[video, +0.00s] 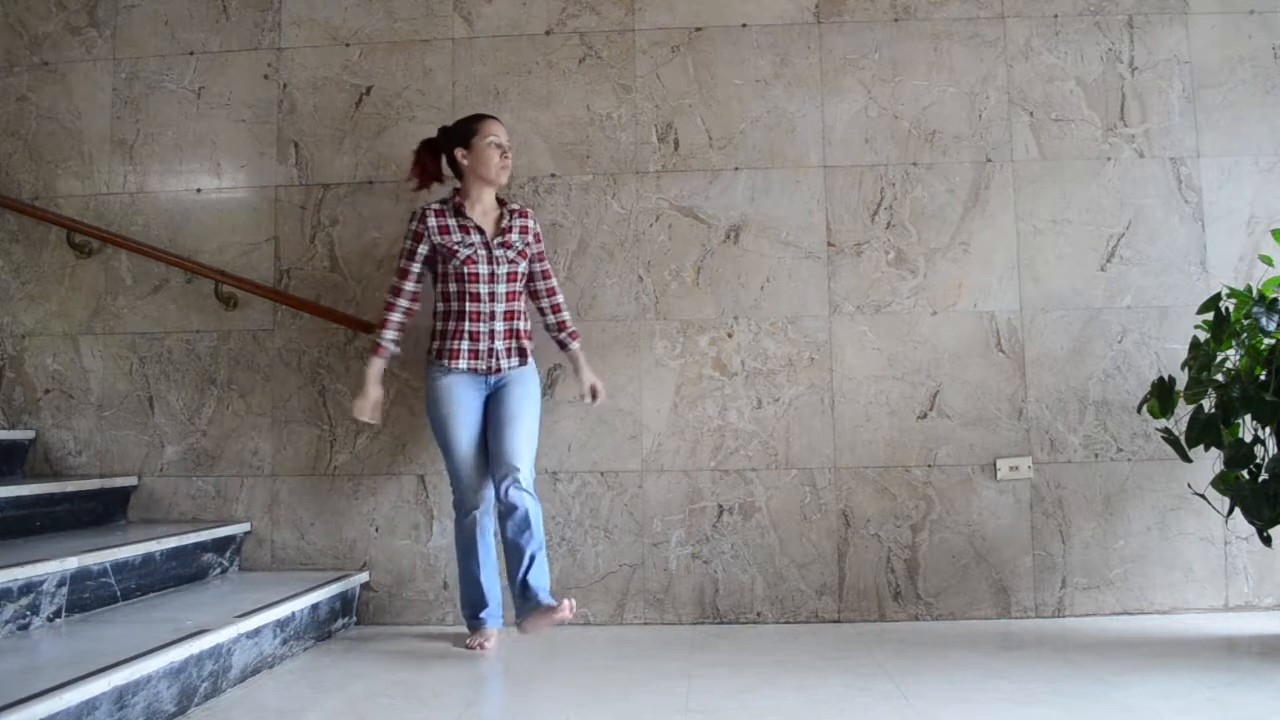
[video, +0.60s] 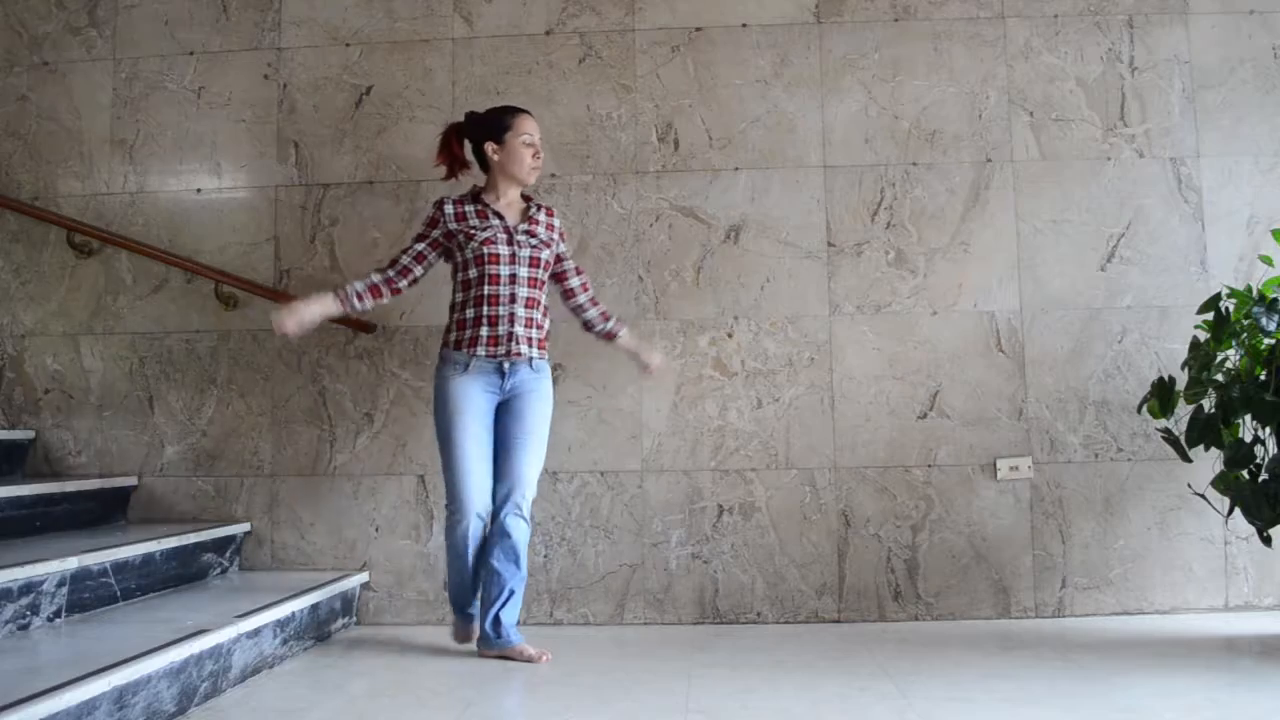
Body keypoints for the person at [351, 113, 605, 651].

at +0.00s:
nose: (507, 155)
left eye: (508, 148)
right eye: (496, 147)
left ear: (502, 160)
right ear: (461, 156)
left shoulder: (522, 221)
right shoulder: (432, 219)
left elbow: (547, 294)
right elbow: (403, 297)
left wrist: (580, 361)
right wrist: (373, 373)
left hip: (517, 369)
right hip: (455, 372)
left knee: (515, 479)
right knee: (472, 496)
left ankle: (535, 603)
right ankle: (483, 621)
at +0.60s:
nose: (539, 155)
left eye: (540, 146)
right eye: (528, 145)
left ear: (520, 154)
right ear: (493, 151)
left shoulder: (546, 224)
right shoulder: (453, 214)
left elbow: (580, 297)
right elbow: (397, 276)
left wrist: (629, 342)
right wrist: (326, 303)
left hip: (531, 374)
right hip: (467, 372)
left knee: (517, 502)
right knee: (470, 506)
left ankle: (501, 631)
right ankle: (466, 608)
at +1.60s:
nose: (610, 166)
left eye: (615, 158)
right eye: (604, 151)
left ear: (563, 150)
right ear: (569, 140)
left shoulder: (524, 198)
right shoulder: (553, 192)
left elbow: (483, 281)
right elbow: (599, 277)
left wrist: (469, 350)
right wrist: (633, 266)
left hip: (502, 361)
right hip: (532, 358)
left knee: (531, 492)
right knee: (593, 482)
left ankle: (496, 628)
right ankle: (651, 608)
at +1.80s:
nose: (634, 168)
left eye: (639, 160)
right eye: (630, 154)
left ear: (587, 149)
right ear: (596, 141)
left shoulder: (535, 200)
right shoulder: (586, 194)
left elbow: (495, 268)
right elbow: (639, 273)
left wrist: (463, 339)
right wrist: (672, 246)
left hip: (522, 361)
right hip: (561, 360)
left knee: (537, 494)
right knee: (593, 493)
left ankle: (498, 623)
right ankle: (616, 624)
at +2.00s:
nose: (653, 162)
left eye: (658, 154)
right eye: (649, 148)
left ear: (604, 142)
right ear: (615, 135)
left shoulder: (551, 192)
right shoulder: (604, 191)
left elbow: (501, 258)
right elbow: (671, 260)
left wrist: (490, 329)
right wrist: (728, 245)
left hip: (540, 357)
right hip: (582, 355)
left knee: (560, 485)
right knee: (610, 487)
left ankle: (515, 619)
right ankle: (619, 624)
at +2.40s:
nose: (669, 164)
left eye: (673, 155)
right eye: (664, 150)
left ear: (627, 147)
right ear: (629, 142)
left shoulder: (593, 193)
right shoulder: (602, 192)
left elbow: (590, 280)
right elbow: (592, 274)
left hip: (550, 356)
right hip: (580, 355)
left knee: (568, 484)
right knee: (638, 472)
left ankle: (524, 622)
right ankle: (630, 617)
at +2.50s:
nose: (680, 159)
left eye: (684, 150)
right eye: (675, 146)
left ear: (651, 143)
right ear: (641, 136)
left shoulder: (626, 198)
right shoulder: (607, 184)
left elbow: (613, 290)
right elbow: (559, 254)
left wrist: (650, 349)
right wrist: (518, 335)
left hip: (569, 350)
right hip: (587, 349)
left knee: (575, 481)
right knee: (627, 473)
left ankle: (527, 614)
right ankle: (615, 618)